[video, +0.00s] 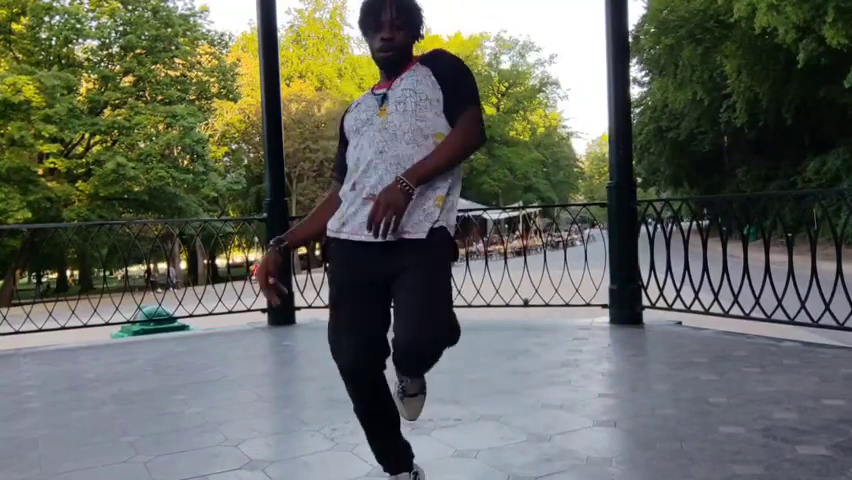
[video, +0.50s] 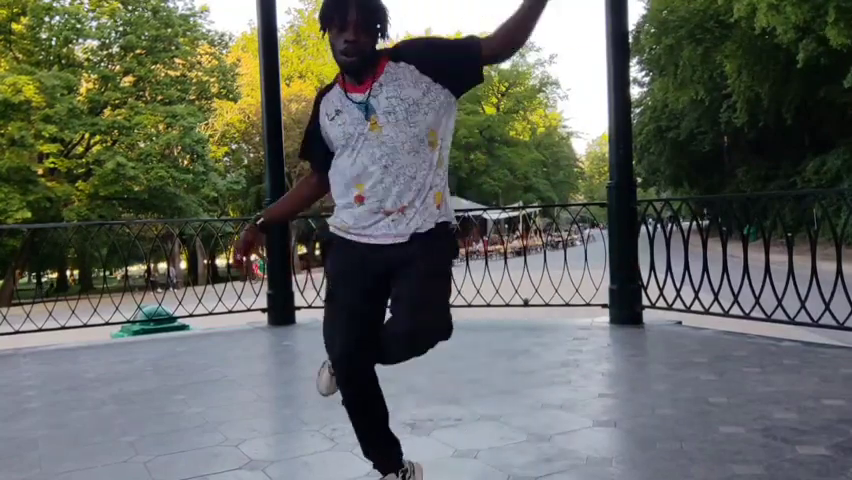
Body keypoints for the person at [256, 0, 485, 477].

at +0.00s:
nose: (388, 34)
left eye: (399, 24)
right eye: (377, 26)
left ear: (416, 29)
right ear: (364, 35)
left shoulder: (440, 66)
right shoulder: (353, 113)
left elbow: (471, 132)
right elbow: (340, 192)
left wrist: (405, 183)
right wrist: (282, 245)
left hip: (422, 237)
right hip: (354, 243)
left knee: (424, 338)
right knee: (354, 358)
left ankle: (407, 370)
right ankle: (399, 468)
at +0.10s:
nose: (387, 34)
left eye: (397, 24)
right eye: (376, 25)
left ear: (413, 28)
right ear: (363, 32)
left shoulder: (439, 80)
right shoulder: (349, 105)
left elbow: (488, 150)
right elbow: (339, 192)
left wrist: (454, 176)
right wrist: (302, 261)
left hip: (414, 221)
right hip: (351, 232)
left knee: (406, 301)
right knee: (357, 357)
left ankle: (422, 362)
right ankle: (406, 468)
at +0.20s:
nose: (379, 28)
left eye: (390, 18)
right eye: (369, 19)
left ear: (406, 24)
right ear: (358, 28)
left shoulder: (431, 79)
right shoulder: (342, 99)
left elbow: (468, 148)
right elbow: (343, 185)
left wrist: (496, 172)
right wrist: (316, 247)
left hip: (415, 199)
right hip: (356, 221)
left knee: (403, 271)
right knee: (368, 354)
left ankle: (428, 365)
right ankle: (415, 469)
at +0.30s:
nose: (367, 27)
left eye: (379, 16)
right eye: (357, 17)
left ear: (394, 22)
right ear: (343, 25)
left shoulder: (421, 76)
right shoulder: (334, 93)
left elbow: (474, 146)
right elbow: (343, 181)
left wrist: (533, 149)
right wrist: (310, 233)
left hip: (413, 199)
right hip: (353, 225)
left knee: (411, 260)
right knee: (374, 361)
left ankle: (431, 354)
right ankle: (422, 469)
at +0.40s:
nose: (356, 30)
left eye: (368, 19)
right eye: (345, 20)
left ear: (384, 23)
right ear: (331, 25)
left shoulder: (420, 70)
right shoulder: (327, 97)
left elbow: (501, 101)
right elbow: (331, 178)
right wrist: (288, 229)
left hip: (416, 210)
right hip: (353, 229)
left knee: (414, 285)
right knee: (357, 357)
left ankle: (410, 347)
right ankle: (412, 467)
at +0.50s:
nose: (350, 39)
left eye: (362, 29)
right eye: (340, 29)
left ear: (379, 30)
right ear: (326, 33)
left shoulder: (420, 60)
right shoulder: (327, 105)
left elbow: (498, 46)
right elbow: (317, 179)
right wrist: (261, 221)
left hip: (424, 233)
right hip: (354, 242)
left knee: (422, 330)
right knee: (347, 351)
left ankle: (346, 354)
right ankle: (393, 468)